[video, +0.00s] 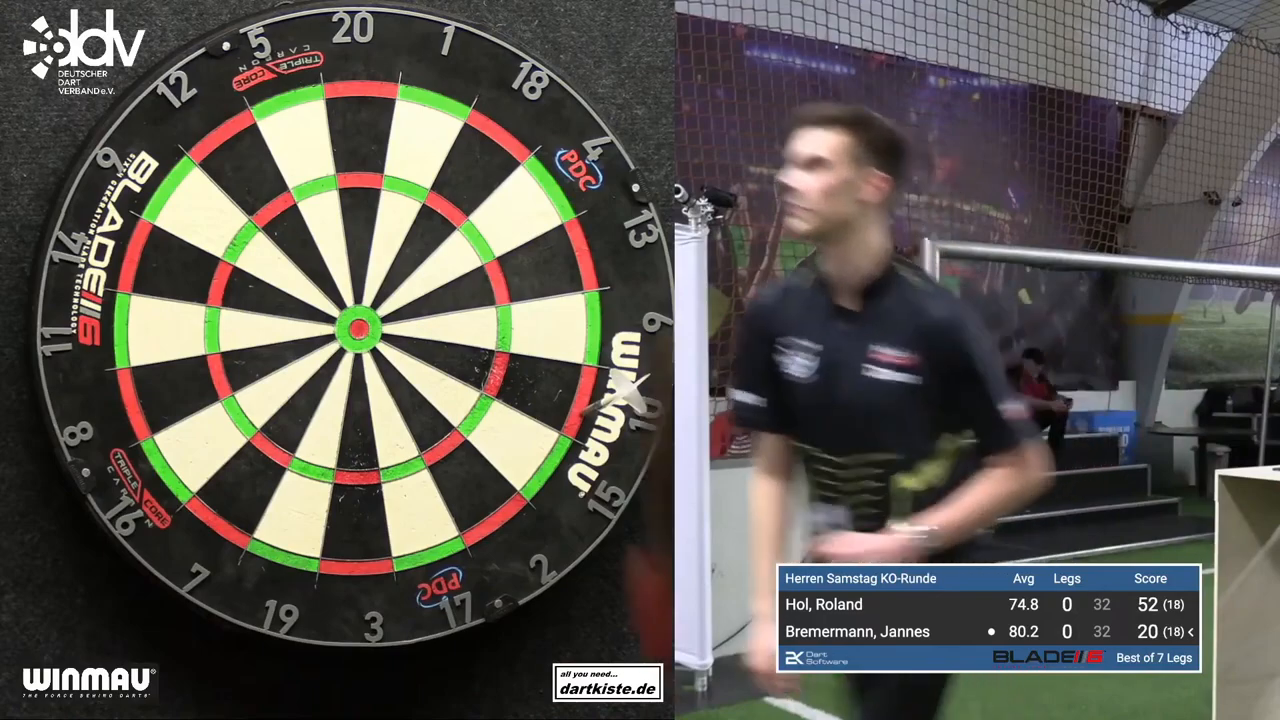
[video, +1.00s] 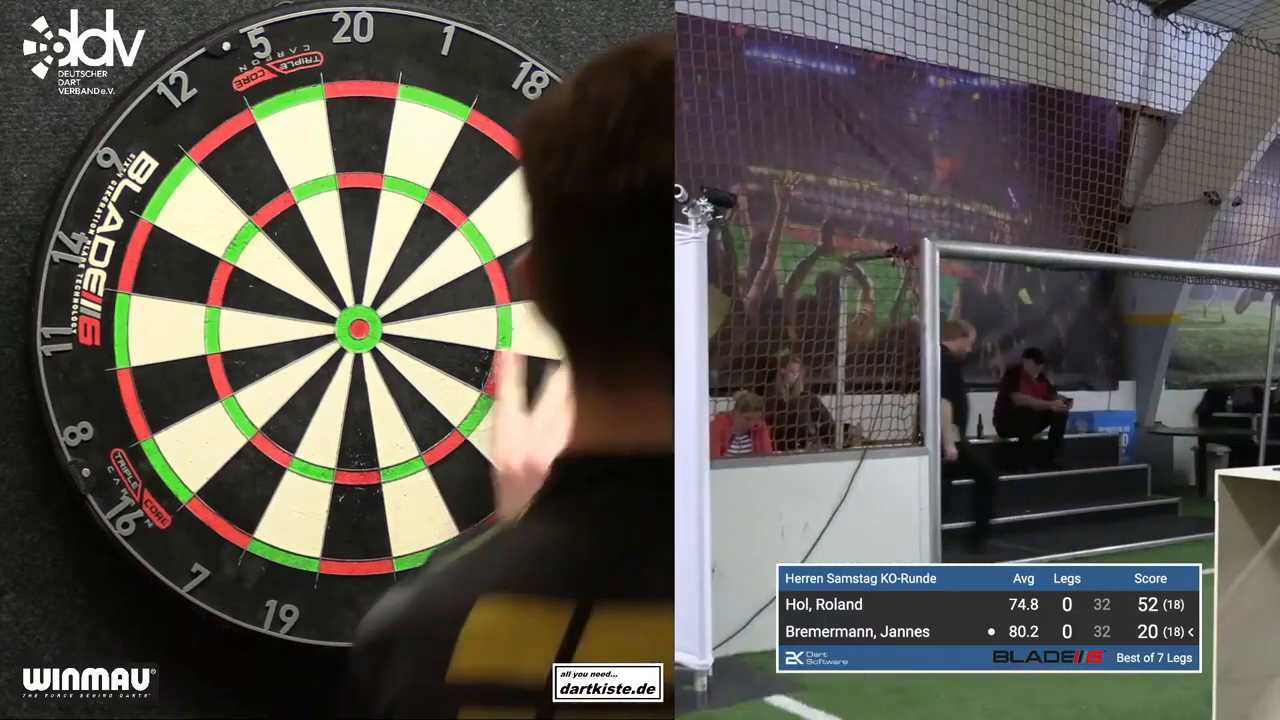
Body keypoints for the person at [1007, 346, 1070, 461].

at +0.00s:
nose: (1039, 369)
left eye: (1041, 365)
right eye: (1037, 365)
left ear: (1040, 365)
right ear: (1028, 363)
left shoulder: (1041, 378)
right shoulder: (1017, 376)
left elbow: (1051, 394)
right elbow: (1022, 399)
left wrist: (1062, 401)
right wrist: (1051, 405)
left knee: (1061, 413)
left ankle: (1054, 453)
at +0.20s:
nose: (1039, 369)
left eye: (1040, 366)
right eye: (1036, 365)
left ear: (1042, 366)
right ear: (1026, 362)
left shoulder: (1041, 379)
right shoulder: (1013, 374)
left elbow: (1052, 396)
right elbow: (1017, 399)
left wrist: (1063, 402)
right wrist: (1050, 405)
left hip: (1030, 419)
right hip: (1007, 422)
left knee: (1060, 412)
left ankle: (1052, 456)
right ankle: (1025, 460)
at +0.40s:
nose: (1038, 369)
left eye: (1040, 366)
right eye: (1036, 365)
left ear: (1042, 366)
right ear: (1026, 362)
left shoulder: (1040, 379)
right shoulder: (1013, 375)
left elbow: (1051, 396)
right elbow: (1017, 399)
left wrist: (1063, 402)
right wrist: (1050, 405)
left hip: (1030, 419)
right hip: (1007, 422)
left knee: (1060, 413)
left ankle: (1052, 457)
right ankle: (1025, 461)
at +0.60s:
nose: (1038, 369)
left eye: (1040, 366)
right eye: (1035, 365)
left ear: (1041, 366)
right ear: (1026, 362)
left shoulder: (1041, 379)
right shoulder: (1013, 375)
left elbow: (1052, 396)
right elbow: (1017, 399)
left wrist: (1063, 402)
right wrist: (1050, 405)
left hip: (1030, 420)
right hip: (1007, 422)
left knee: (1060, 413)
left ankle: (1052, 457)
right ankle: (1025, 461)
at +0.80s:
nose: (1039, 369)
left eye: (1041, 366)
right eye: (1036, 365)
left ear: (1042, 366)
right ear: (1026, 362)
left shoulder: (1041, 380)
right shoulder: (1013, 375)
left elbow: (1052, 396)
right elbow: (1017, 399)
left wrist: (1063, 402)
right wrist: (1050, 405)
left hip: (1030, 419)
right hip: (1007, 422)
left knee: (1060, 412)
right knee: (1027, 416)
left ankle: (1052, 457)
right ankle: (1025, 460)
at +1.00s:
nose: (1038, 369)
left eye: (1041, 366)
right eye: (1035, 365)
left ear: (1042, 366)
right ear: (1025, 362)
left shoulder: (1041, 379)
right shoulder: (1013, 375)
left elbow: (1051, 396)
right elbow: (1017, 399)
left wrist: (1063, 402)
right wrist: (1050, 405)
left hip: (1030, 420)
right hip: (1007, 423)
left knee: (1060, 413)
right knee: (1027, 416)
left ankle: (1052, 456)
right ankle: (1025, 461)